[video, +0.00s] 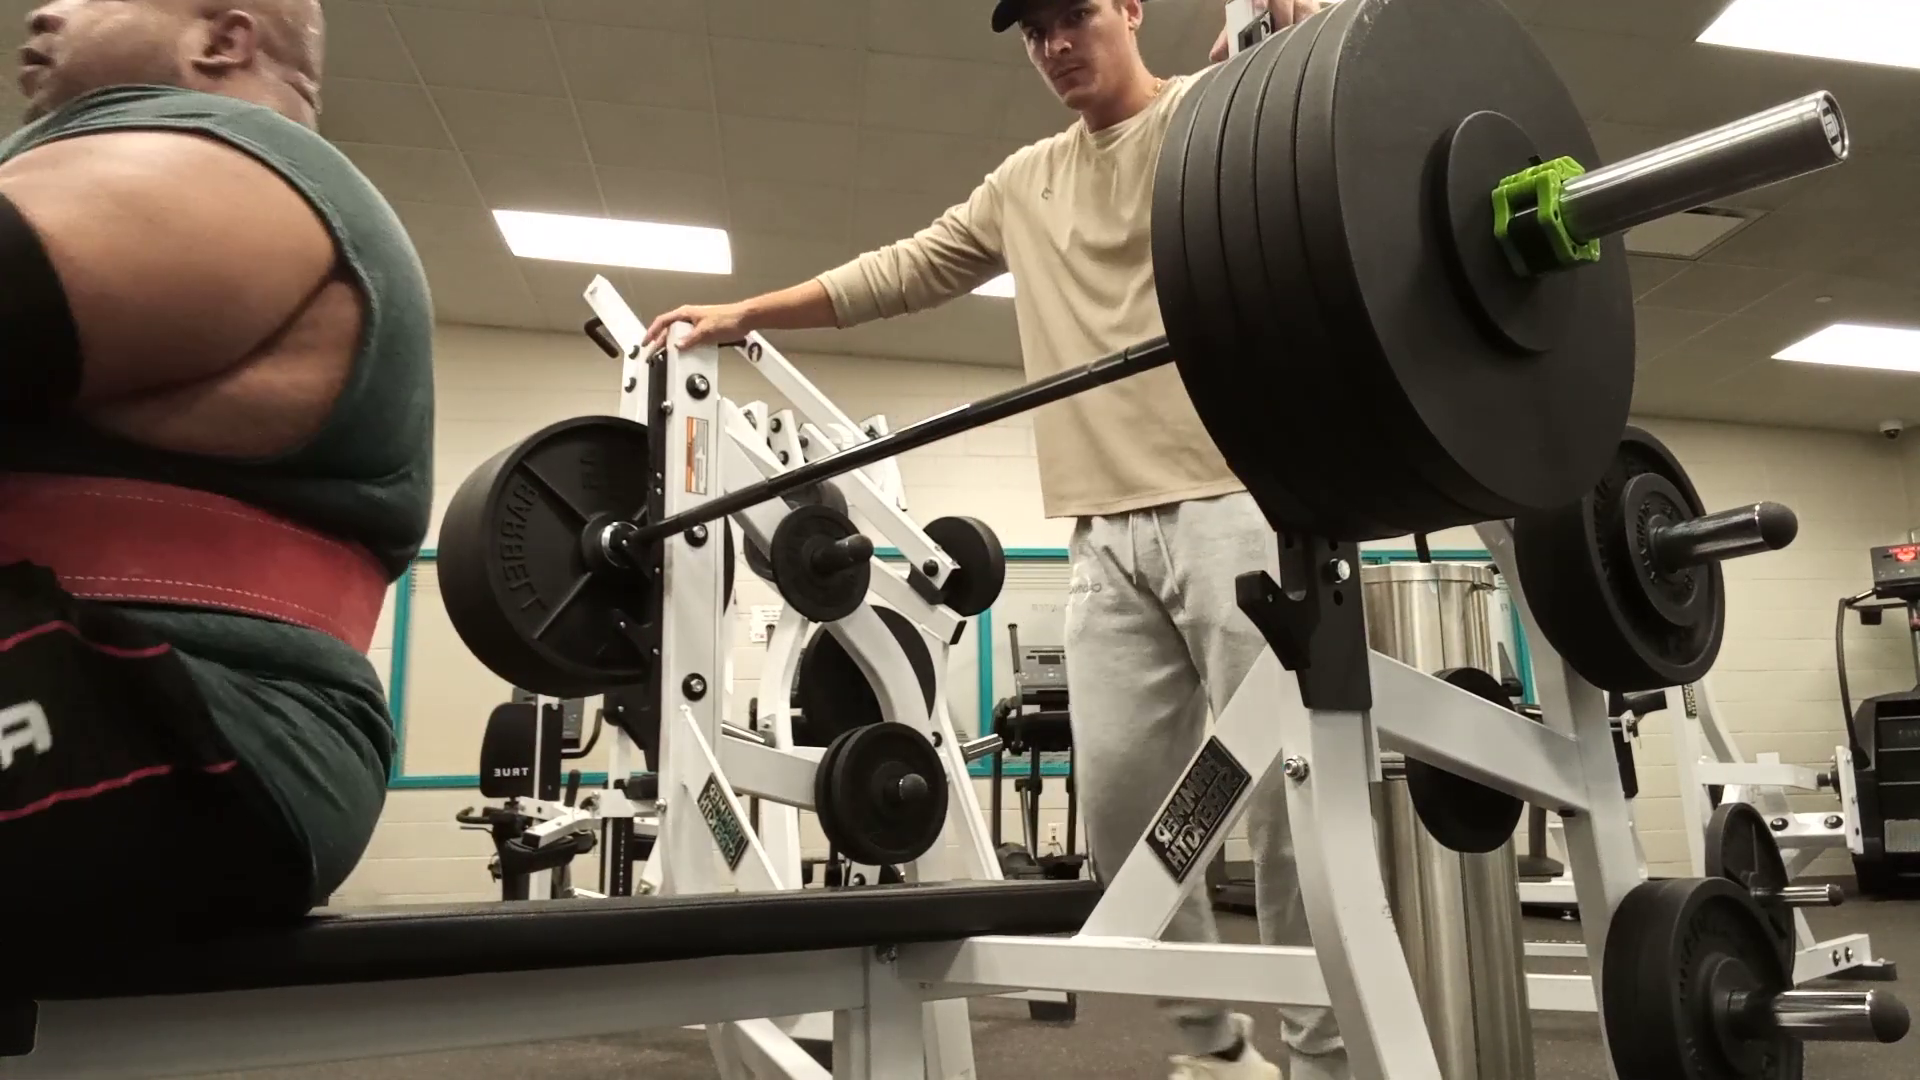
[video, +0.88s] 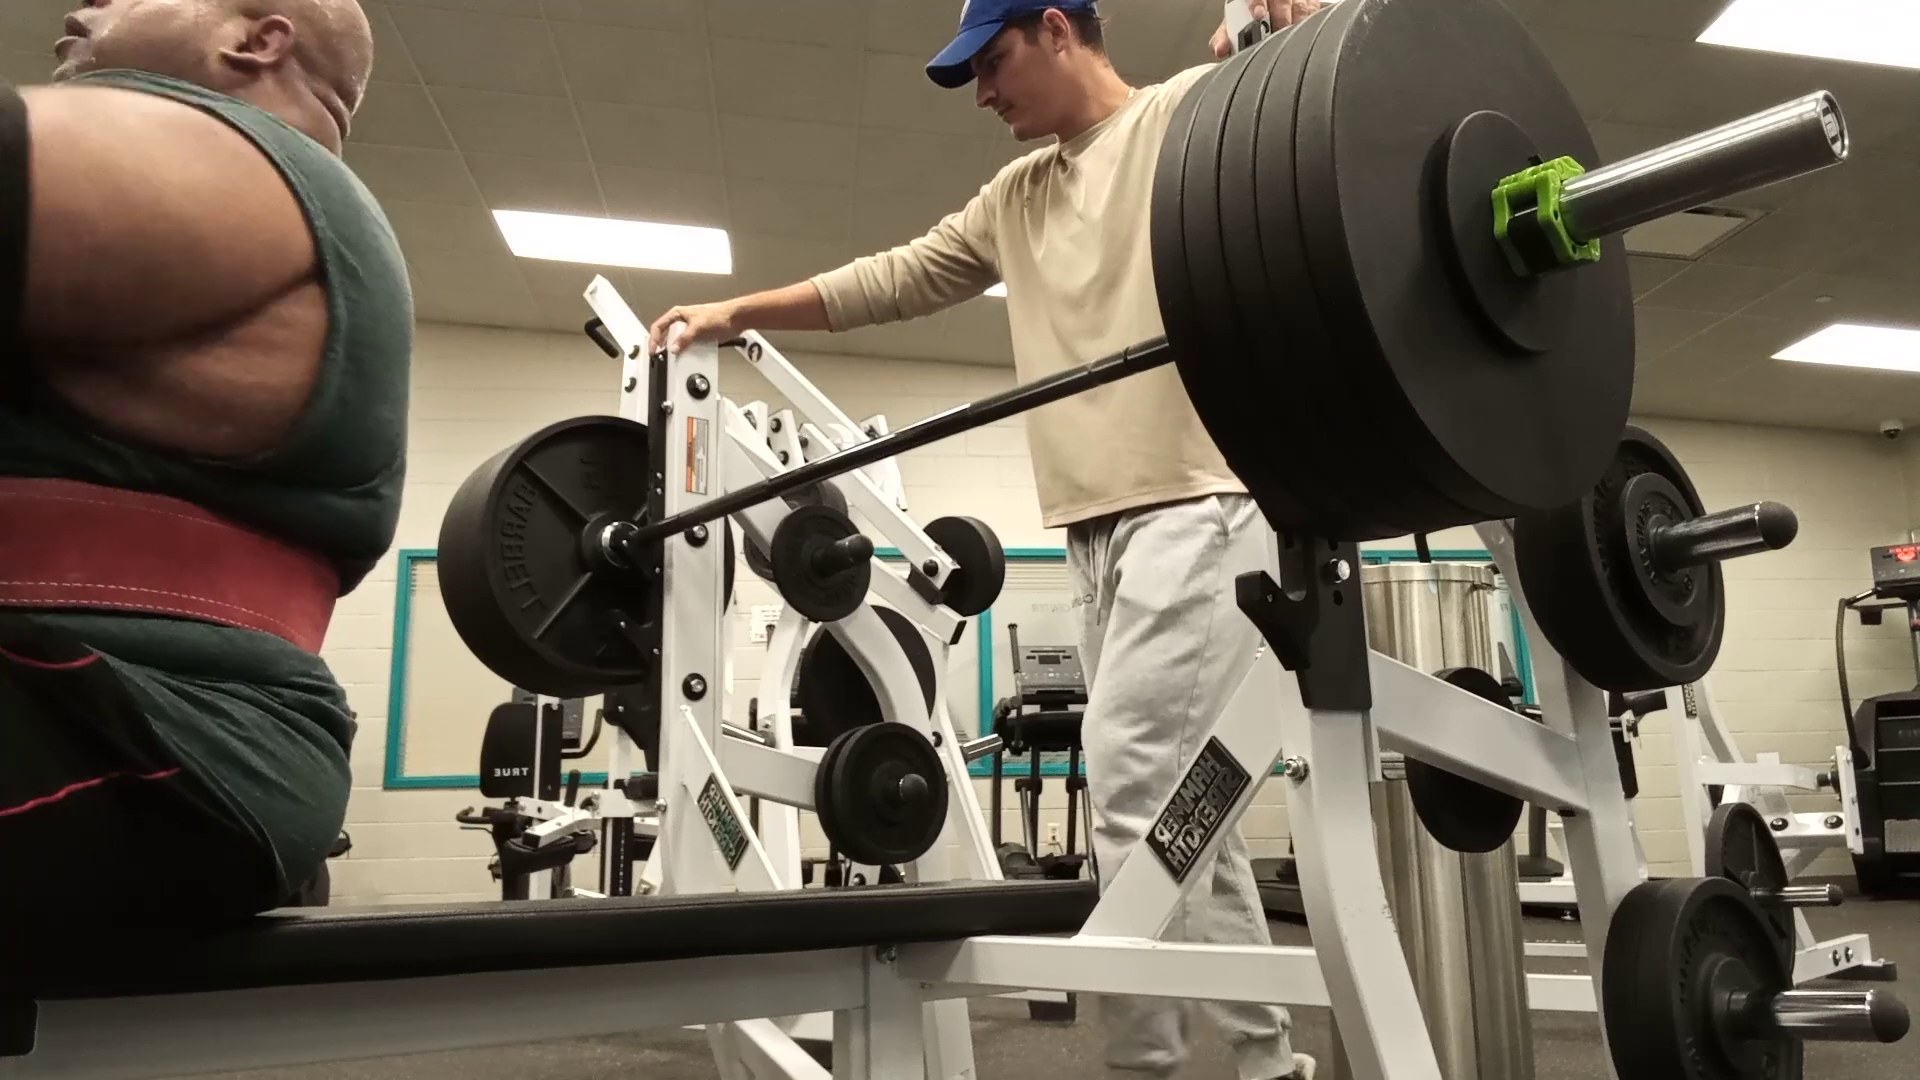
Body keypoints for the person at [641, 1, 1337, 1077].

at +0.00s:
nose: (1053, 48)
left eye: (1069, 21)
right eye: (1034, 34)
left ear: (1128, 14)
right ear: (1025, 51)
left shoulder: (1216, 108)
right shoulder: (1023, 179)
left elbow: (1327, 153)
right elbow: (905, 268)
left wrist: (1295, 46)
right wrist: (742, 311)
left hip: (1230, 506)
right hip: (1104, 528)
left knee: (1275, 799)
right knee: (1124, 804)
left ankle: (1321, 1046)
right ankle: (1207, 1042)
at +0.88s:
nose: (984, 93)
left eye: (992, 63)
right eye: (974, 77)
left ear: (1061, 28)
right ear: (1005, 75)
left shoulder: (1191, 102)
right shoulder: (1012, 195)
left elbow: (1323, 111)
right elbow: (899, 276)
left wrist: (1293, 38)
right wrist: (736, 309)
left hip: (1206, 506)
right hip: (1097, 530)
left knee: (1126, 774)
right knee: (1176, 799)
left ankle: (1144, 1057)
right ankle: (1261, 1056)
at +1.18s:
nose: (982, 96)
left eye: (991, 68)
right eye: (974, 81)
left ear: (1059, 32)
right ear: (1035, 53)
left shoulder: (1191, 105)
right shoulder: (1011, 194)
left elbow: (1324, 114)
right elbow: (900, 276)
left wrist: (1293, 38)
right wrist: (736, 309)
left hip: (1199, 508)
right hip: (1093, 529)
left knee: (1126, 790)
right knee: (1177, 804)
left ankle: (1106, 1060)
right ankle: (1264, 1056)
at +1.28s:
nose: (982, 96)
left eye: (990, 67)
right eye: (973, 80)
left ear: (1058, 32)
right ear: (1033, 52)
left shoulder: (1189, 106)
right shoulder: (1011, 193)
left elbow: (1321, 123)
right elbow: (900, 276)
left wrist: (1292, 39)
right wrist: (737, 310)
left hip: (1196, 510)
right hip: (1091, 531)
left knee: (1127, 793)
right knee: (1175, 806)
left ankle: (1104, 1060)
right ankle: (1264, 1056)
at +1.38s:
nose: (980, 95)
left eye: (988, 67)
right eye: (972, 79)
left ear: (1056, 32)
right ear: (1035, 50)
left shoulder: (1189, 105)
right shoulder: (1011, 194)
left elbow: (1323, 119)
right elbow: (898, 277)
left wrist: (1294, 38)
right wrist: (736, 311)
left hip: (1197, 513)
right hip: (1089, 534)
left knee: (1124, 793)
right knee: (1173, 805)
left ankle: (1100, 1063)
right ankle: (1266, 1060)